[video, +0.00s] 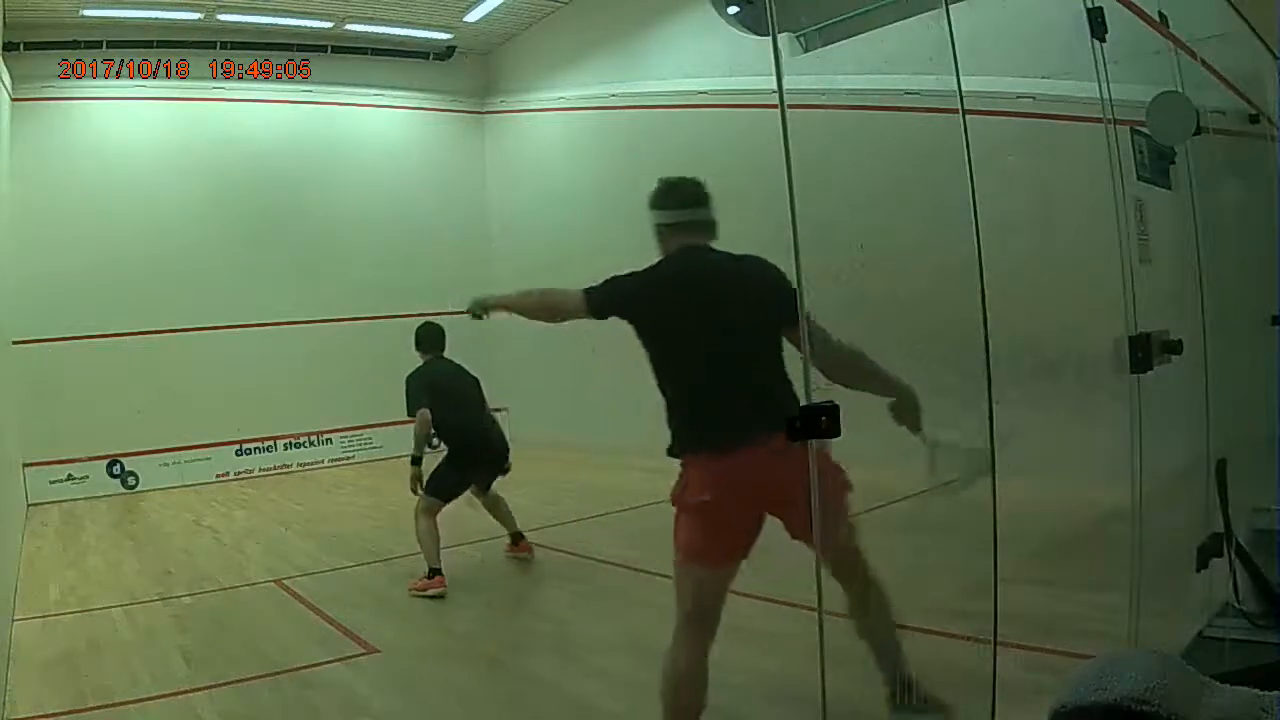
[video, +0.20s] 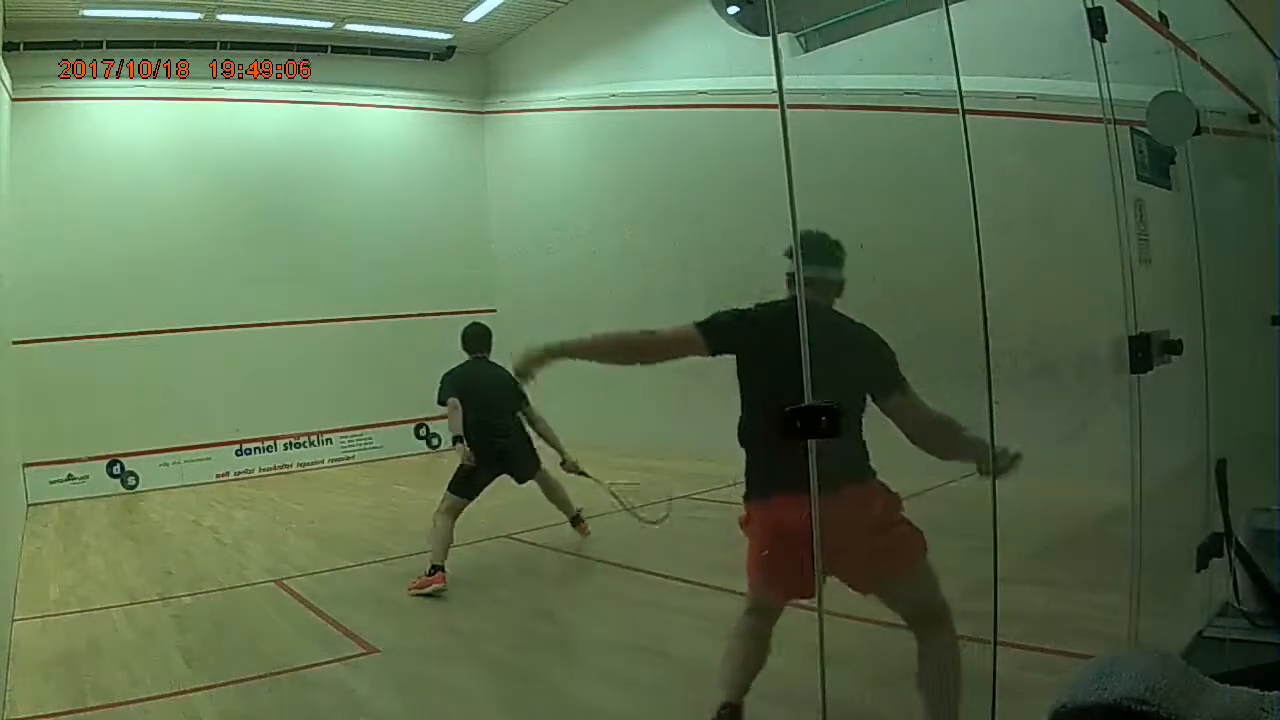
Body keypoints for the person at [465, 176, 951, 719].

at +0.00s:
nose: (673, 241)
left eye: (665, 232)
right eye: (684, 228)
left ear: (660, 232)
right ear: (711, 225)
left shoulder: (642, 289)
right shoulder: (758, 275)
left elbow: (552, 306)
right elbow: (828, 355)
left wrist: (497, 301)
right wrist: (897, 390)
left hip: (712, 475)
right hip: (792, 461)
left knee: (694, 627)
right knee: (854, 573)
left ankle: (680, 713)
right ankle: (901, 689)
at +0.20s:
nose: (824, 286)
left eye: (808, 275)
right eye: (832, 279)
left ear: (788, 276)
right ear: (840, 284)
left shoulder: (751, 325)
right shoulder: (860, 341)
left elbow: (654, 344)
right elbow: (923, 427)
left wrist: (556, 350)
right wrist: (983, 453)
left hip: (774, 512)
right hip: (855, 511)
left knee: (759, 614)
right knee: (932, 622)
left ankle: (729, 706)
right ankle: (942, 716)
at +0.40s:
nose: (784, 248)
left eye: (771, 241)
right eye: (796, 240)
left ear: (760, 240)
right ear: (809, 241)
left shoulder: (727, 292)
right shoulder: (834, 298)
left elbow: (663, 362)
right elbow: (873, 390)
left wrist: (600, 415)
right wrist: (917, 462)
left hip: (767, 458)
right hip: (842, 450)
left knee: (777, 567)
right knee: (885, 568)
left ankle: (850, 645)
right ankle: (935, 672)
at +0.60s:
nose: (729, 288)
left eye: (722, 280)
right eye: (748, 282)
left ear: (716, 282)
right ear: (762, 282)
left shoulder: (691, 340)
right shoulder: (792, 332)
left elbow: (648, 396)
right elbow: (831, 408)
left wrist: (650, 419)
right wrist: (868, 474)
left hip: (754, 482)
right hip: (813, 462)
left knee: (815, 597)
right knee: (818, 524)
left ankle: (888, 672)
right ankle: (864, 599)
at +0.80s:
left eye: (637, 297)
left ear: (635, 299)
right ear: (674, 294)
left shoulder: (625, 349)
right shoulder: (707, 331)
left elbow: (611, 423)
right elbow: (754, 387)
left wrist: (642, 449)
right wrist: (775, 434)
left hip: (675, 466)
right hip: (727, 448)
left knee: (703, 547)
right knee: (742, 525)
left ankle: (735, 575)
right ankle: (762, 615)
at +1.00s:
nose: (563, 325)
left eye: (563, 320)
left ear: (565, 321)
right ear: (598, 315)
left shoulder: (560, 362)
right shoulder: (636, 343)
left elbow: (535, 425)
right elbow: (687, 382)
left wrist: (528, 477)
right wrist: (703, 426)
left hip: (603, 462)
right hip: (658, 454)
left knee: (567, 526)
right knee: (694, 518)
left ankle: (526, 588)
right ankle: (702, 587)